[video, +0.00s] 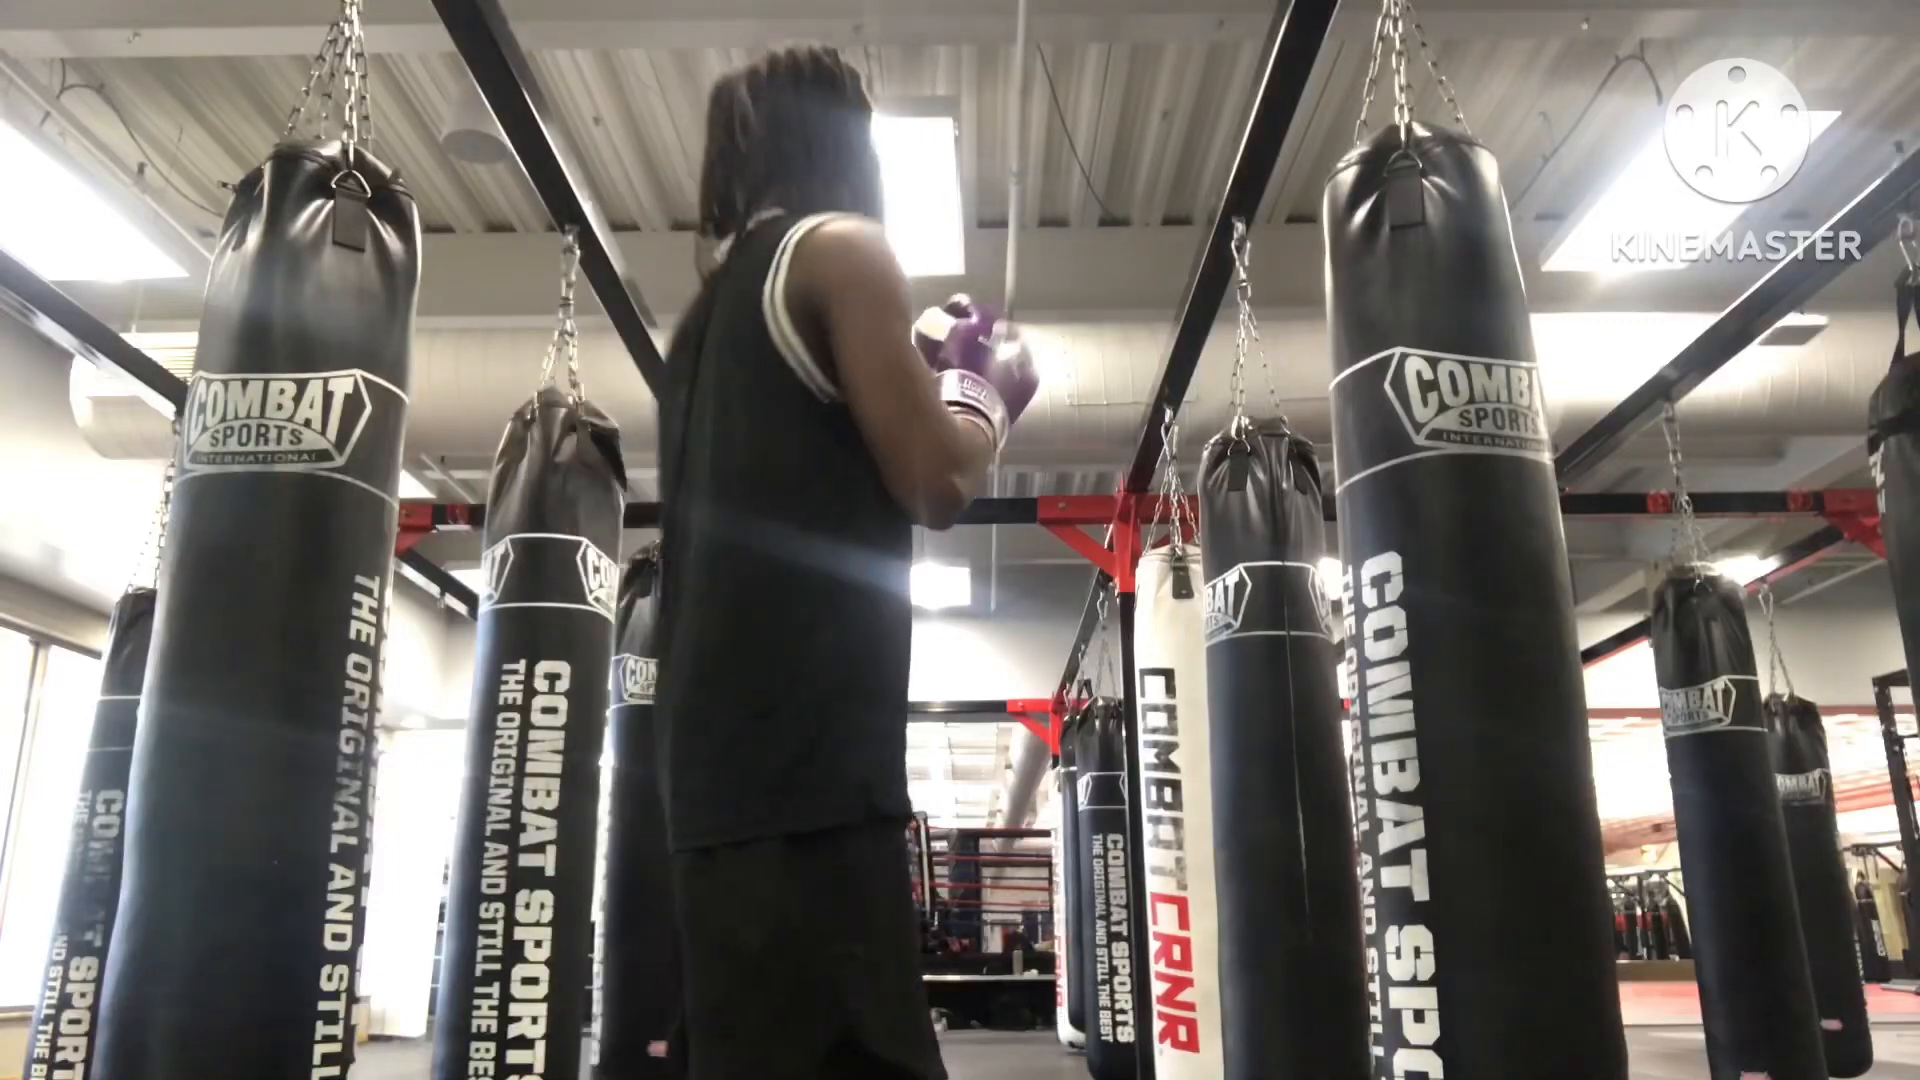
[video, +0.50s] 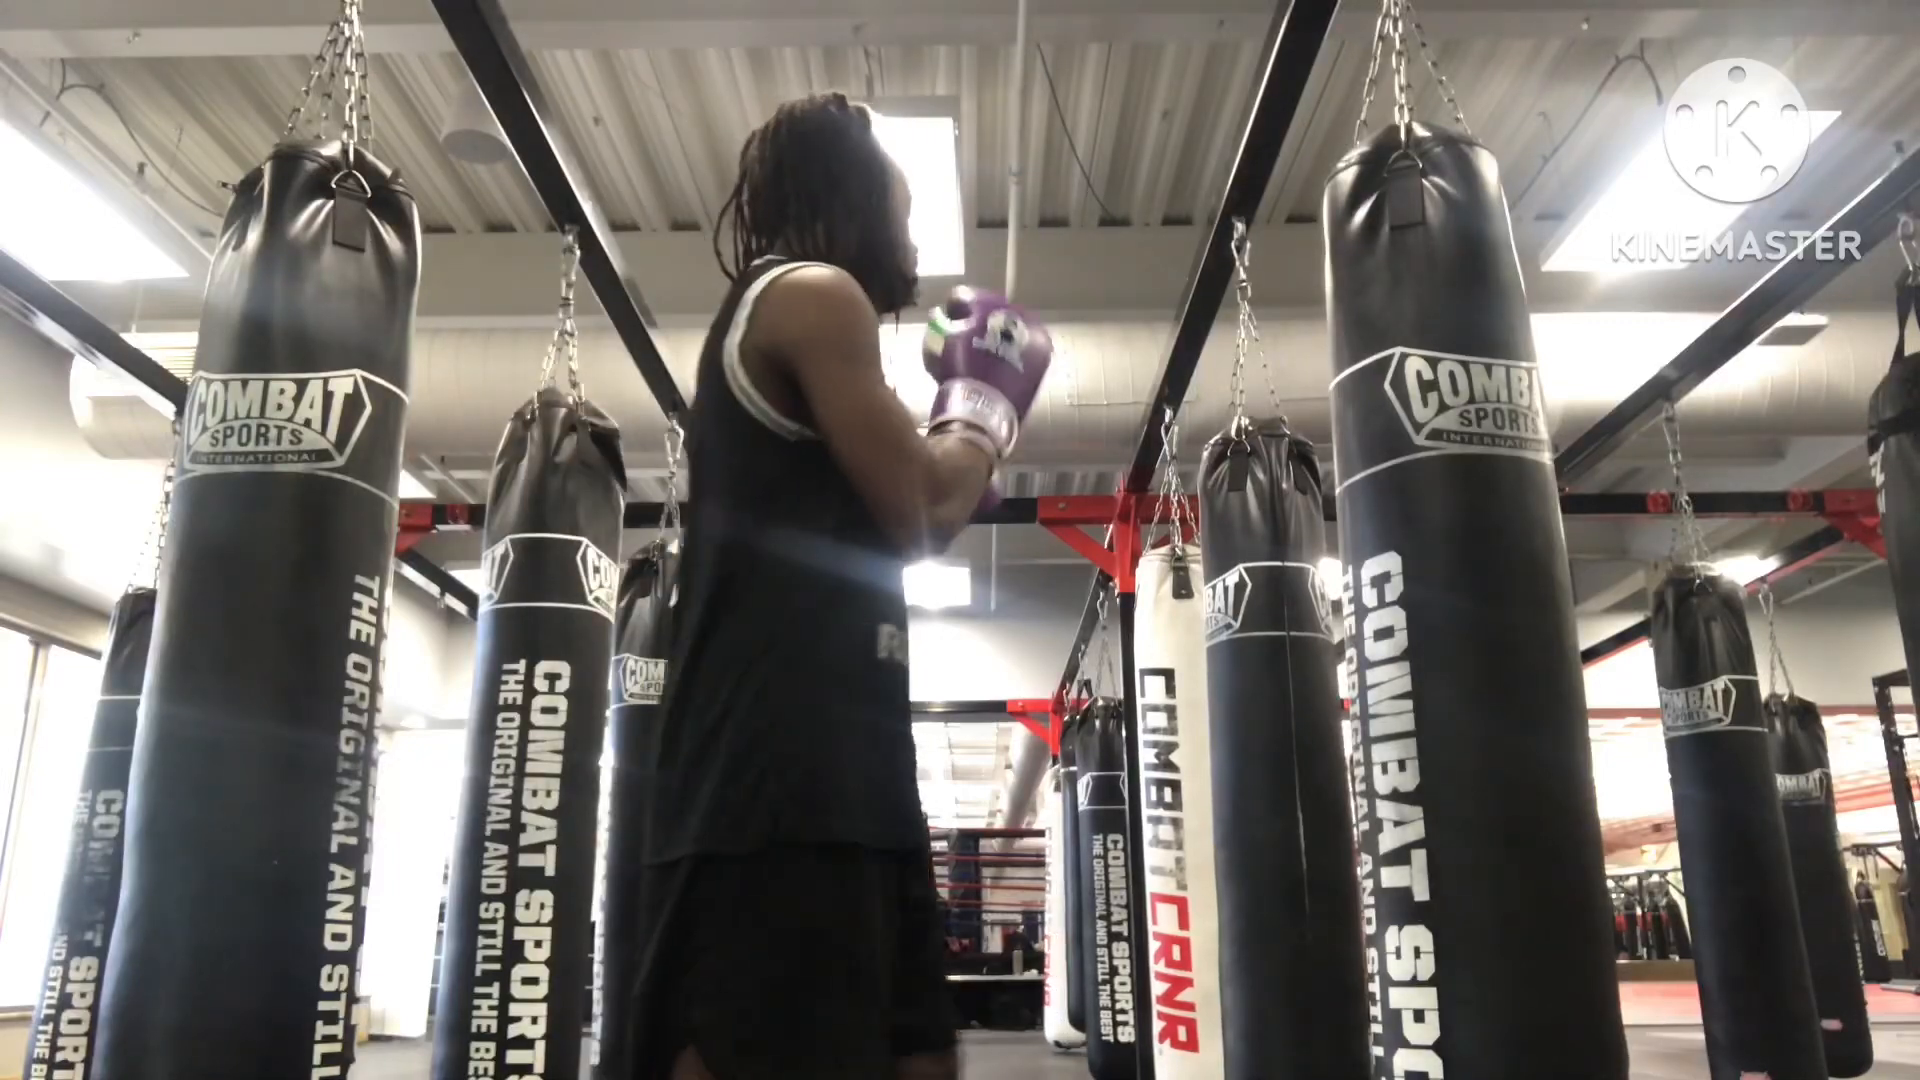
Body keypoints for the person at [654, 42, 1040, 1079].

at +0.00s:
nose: (873, 154)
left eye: (866, 135)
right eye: (864, 133)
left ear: (739, 151)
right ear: (837, 138)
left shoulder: (716, 296)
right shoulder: (837, 250)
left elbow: (795, 463)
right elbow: (938, 482)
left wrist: (918, 363)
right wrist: (986, 401)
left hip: (717, 746)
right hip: (809, 746)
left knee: (750, 1036)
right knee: (851, 1040)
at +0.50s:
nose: (910, 203)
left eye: (901, 180)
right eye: (894, 180)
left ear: (790, 197)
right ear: (853, 192)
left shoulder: (769, 308)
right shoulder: (815, 298)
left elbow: (923, 518)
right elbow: (911, 503)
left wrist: (973, 419)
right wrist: (981, 419)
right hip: (800, 742)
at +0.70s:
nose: (905, 197)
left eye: (897, 173)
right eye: (889, 172)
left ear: (780, 185)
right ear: (841, 181)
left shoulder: (745, 294)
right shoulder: (797, 286)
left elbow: (765, 499)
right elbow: (892, 510)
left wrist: (871, 412)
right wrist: (983, 437)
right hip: (763, 737)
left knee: (993, 999)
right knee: (677, 1042)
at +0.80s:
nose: (904, 191)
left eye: (897, 167)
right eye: (889, 168)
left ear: (772, 179)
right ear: (851, 178)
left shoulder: (744, 292)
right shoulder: (810, 280)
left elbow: (774, 473)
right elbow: (891, 507)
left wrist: (880, 384)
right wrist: (971, 439)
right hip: (788, 701)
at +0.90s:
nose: (911, 197)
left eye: (902, 173)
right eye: (894, 174)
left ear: (786, 193)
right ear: (860, 187)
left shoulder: (764, 302)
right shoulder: (822, 290)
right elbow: (909, 510)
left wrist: (914, 407)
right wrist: (970, 424)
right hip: (812, 706)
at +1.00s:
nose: (930, 213)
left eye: (923, 190)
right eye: (917, 190)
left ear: (807, 200)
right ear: (884, 197)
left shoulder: (794, 308)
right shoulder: (840, 296)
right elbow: (952, 512)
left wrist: (1003, 477)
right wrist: (996, 438)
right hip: (829, 767)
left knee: (1044, 1025)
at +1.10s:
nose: (964, 229)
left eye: (954, 207)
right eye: (950, 205)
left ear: (834, 214)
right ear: (917, 207)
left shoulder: (818, 320)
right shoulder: (873, 294)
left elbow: (863, 579)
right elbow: (1022, 478)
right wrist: (1081, 430)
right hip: (810, 747)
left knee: (1134, 969)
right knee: (689, 1048)